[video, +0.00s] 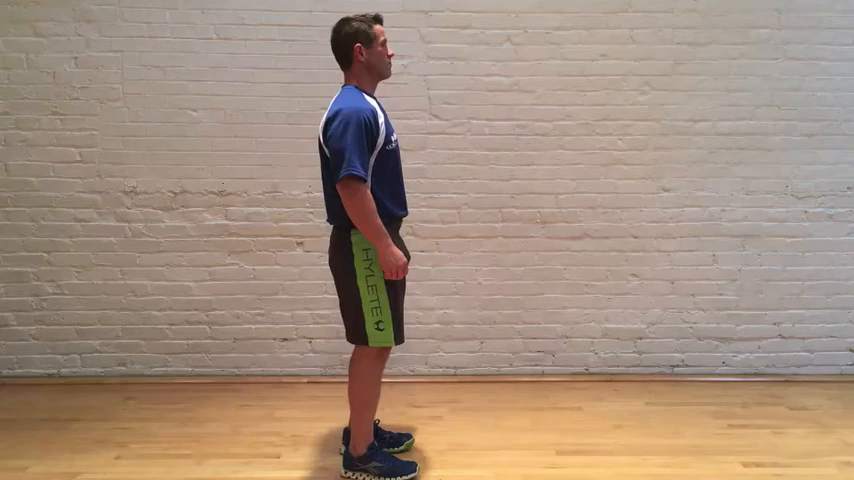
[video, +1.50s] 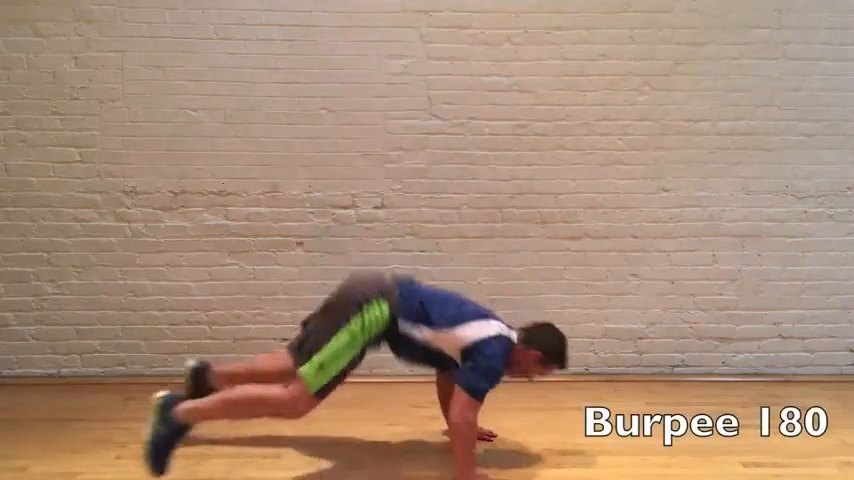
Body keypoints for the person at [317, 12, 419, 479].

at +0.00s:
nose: (391, 52)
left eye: (388, 44)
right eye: (384, 45)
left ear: (359, 53)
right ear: (361, 53)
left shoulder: (363, 105)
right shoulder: (352, 110)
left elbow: (362, 186)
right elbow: (351, 189)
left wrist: (389, 243)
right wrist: (385, 247)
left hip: (370, 239)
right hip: (362, 242)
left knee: (374, 341)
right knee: (373, 345)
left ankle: (362, 428)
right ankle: (360, 451)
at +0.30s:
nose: (398, 52)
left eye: (395, 44)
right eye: (390, 45)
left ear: (366, 54)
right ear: (368, 53)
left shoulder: (369, 104)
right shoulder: (357, 110)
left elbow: (368, 186)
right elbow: (353, 188)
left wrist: (393, 243)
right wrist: (385, 249)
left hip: (375, 237)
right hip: (364, 241)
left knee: (377, 341)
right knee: (373, 344)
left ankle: (363, 428)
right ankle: (360, 451)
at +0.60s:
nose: (409, 54)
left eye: (407, 46)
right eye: (402, 46)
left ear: (376, 55)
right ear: (378, 54)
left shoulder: (376, 106)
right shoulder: (368, 110)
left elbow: (372, 187)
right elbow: (361, 188)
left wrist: (395, 244)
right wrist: (390, 249)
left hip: (376, 238)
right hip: (366, 241)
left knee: (380, 341)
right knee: (375, 344)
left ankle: (363, 428)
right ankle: (360, 451)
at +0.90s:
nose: (478, 133)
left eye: (480, 125)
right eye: (475, 123)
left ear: (449, 116)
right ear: (454, 116)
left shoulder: (418, 144)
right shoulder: (421, 155)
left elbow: (405, 231)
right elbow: (411, 230)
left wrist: (425, 281)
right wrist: (437, 294)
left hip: (341, 244)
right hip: (339, 247)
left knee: (378, 347)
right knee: (390, 351)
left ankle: (361, 429)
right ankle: (360, 452)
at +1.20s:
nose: (497, 317)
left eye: (503, 311)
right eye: (501, 308)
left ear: (485, 287)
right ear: (489, 292)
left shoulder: (455, 283)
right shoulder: (451, 298)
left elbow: (451, 369)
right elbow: (453, 385)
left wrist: (464, 410)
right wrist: (476, 448)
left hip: (326, 262)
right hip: (322, 274)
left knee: (384, 353)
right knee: (396, 363)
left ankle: (362, 430)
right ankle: (361, 455)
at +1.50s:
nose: (535, 377)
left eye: (540, 373)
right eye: (541, 372)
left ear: (528, 343)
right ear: (533, 357)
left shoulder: (488, 330)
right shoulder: (494, 352)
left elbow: (449, 385)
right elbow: (461, 421)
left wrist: (460, 428)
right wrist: (468, 473)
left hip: (373, 296)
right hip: (375, 307)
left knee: (291, 363)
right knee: (296, 402)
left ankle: (212, 376)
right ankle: (180, 413)